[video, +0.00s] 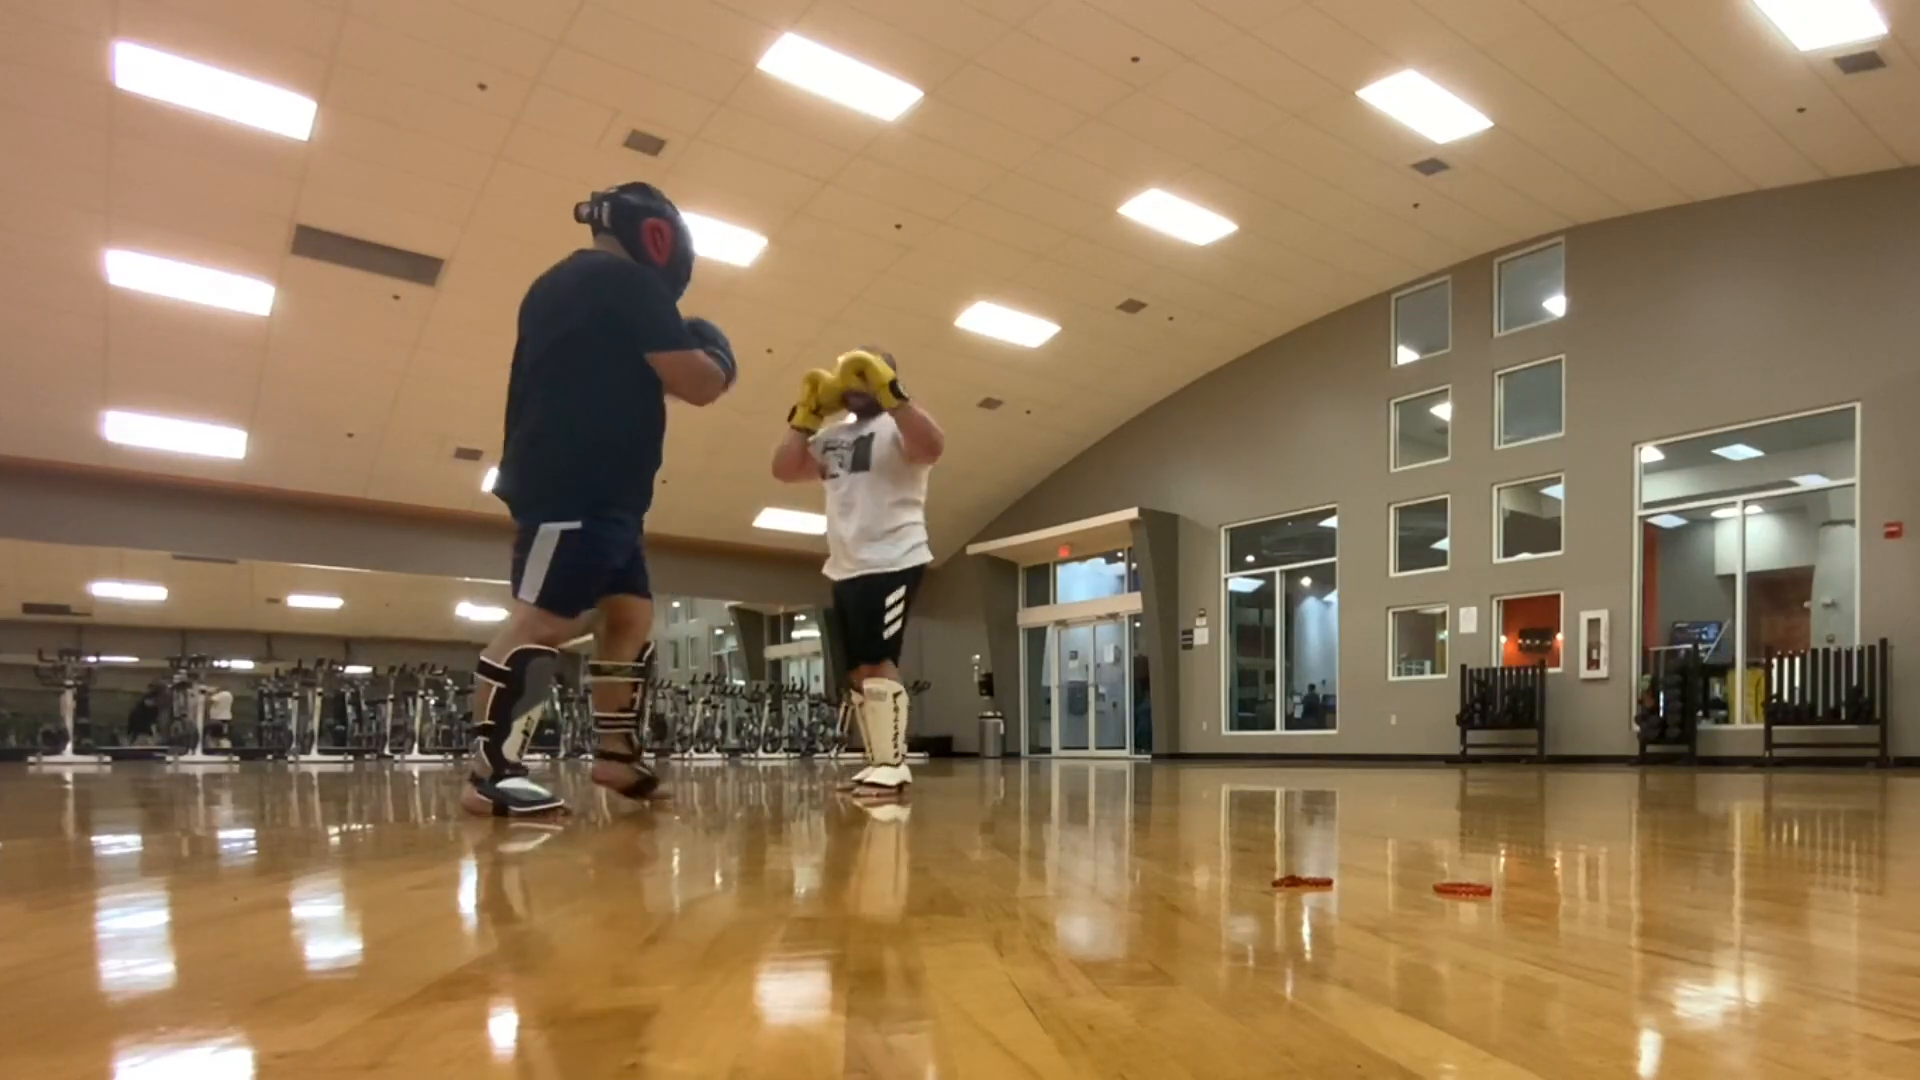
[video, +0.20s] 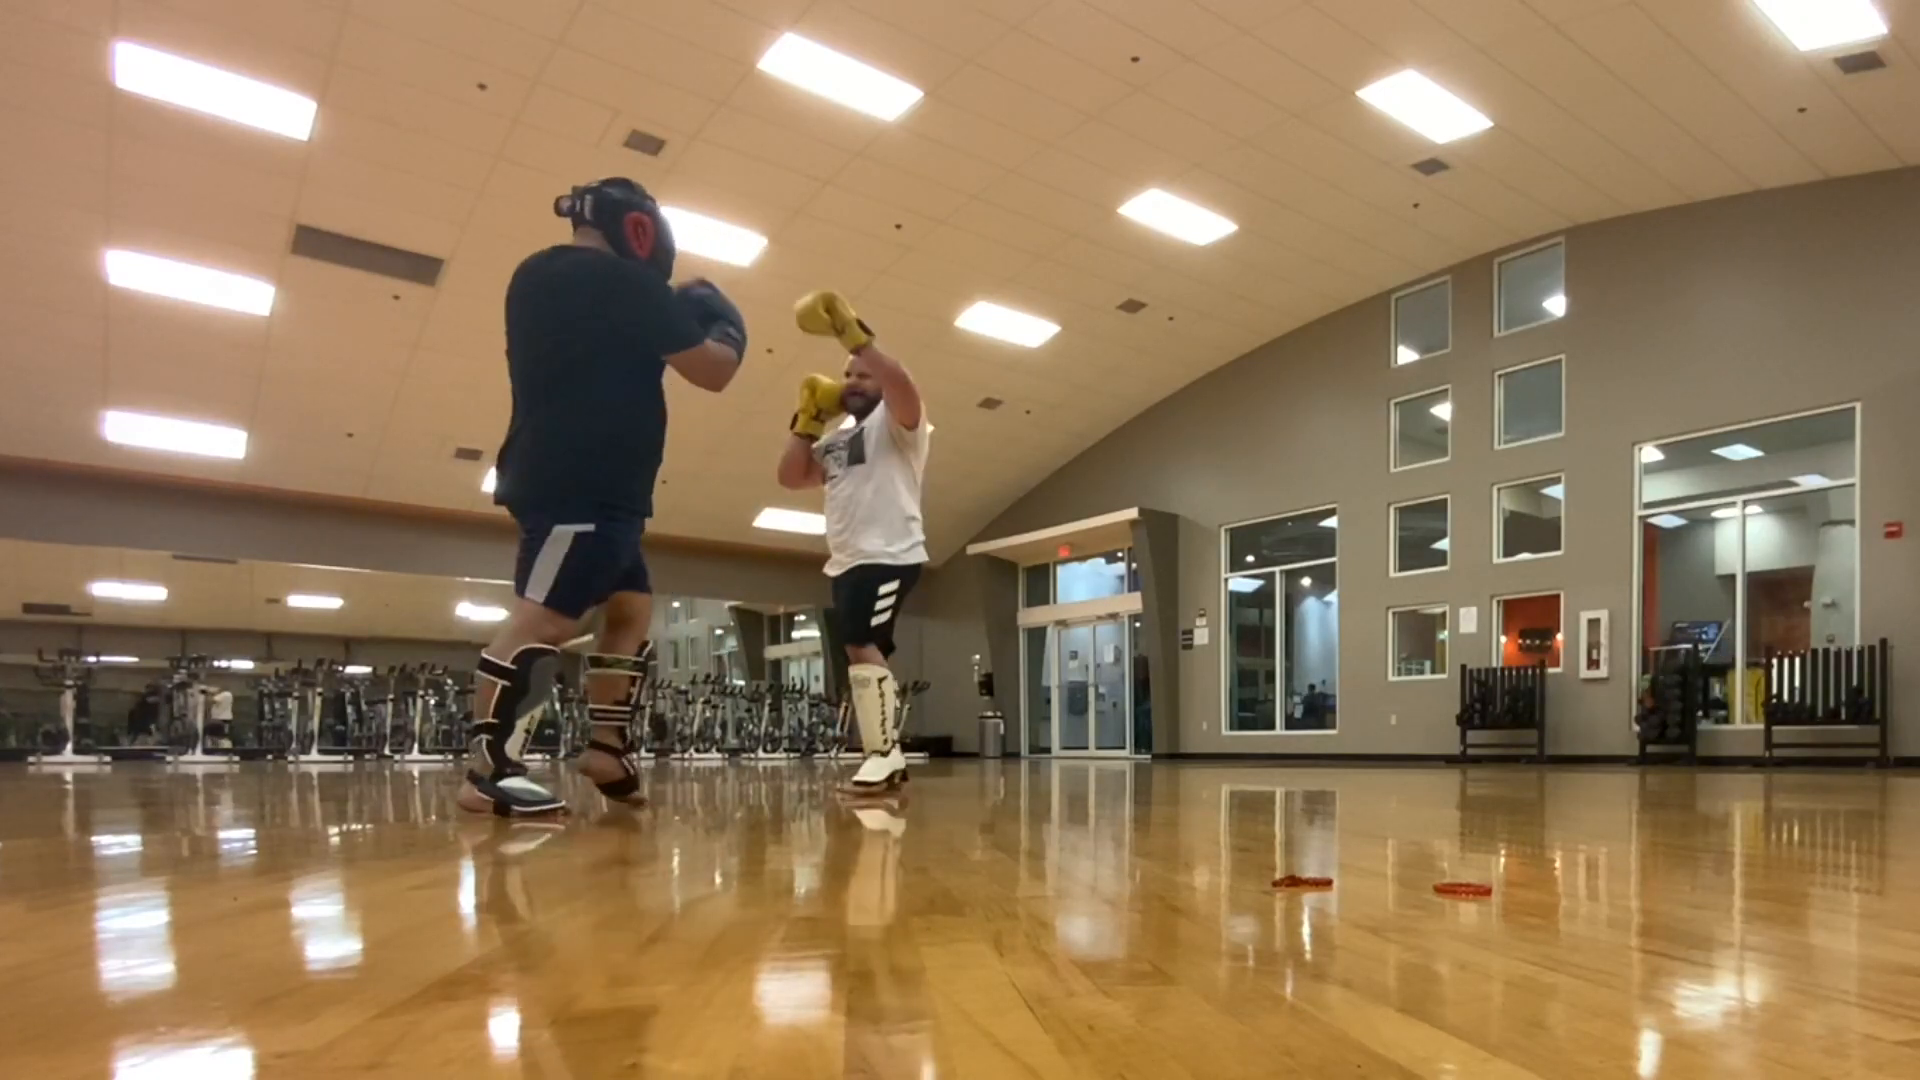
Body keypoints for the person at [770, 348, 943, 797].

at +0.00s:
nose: (856, 386)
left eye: (866, 377)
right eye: (850, 378)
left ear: (886, 385)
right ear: (842, 388)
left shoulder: (901, 425)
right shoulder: (833, 437)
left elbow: (930, 448)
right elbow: (784, 469)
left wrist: (893, 396)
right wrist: (805, 416)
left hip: (893, 559)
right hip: (848, 565)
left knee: (876, 662)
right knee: (858, 669)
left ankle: (891, 767)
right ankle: (879, 764)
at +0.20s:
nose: (854, 380)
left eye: (864, 375)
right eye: (849, 374)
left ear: (881, 385)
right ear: (841, 387)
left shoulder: (898, 426)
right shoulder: (834, 443)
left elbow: (897, 382)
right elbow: (791, 476)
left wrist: (856, 337)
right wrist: (806, 421)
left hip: (889, 551)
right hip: (847, 559)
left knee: (860, 642)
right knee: (862, 652)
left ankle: (882, 753)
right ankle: (881, 753)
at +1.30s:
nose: (820, 370)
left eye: (830, 362)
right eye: (819, 363)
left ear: (854, 367)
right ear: (824, 375)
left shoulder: (865, 410)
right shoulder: (825, 432)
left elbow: (837, 350)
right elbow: (790, 478)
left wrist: (791, 285)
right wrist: (794, 422)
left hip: (867, 545)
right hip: (837, 552)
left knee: (852, 654)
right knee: (856, 656)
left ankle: (880, 757)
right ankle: (882, 757)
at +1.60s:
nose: (821, 365)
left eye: (831, 357)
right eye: (818, 357)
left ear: (856, 361)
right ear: (820, 369)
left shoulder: (868, 399)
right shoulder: (823, 423)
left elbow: (834, 358)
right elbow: (792, 479)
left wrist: (788, 308)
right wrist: (789, 424)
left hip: (870, 540)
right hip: (836, 548)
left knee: (867, 653)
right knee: (838, 660)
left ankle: (884, 759)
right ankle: (859, 755)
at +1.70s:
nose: (822, 377)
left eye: (832, 368)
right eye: (818, 369)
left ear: (858, 370)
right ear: (819, 378)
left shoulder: (873, 402)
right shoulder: (824, 434)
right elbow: (789, 484)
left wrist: (812, 372)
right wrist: (785, 428)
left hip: (868, 548)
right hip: (832, 555)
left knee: (867, 656)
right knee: (838, 664)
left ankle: (884, 761)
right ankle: (855, 760)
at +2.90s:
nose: (776, 332)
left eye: (788, 324)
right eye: (770, 323)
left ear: (811, 339)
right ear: (761, 340)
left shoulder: (834, 382)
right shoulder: (755, 401)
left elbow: (863, 432)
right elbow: (721, 459)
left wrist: (818, 376)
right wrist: (714, 409)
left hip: (829, 541)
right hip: (773, 546)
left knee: (825, 653)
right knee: (753, 652)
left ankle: (837, 770)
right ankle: (786, 747)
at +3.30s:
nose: (717, 338)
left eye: (730, 331)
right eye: (709, 329)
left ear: (755, 342)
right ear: (697, 339)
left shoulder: (784, 388)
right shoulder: (683, 395)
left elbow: (830, 461)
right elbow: (651, 471)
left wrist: (798, 423)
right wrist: (660, 429)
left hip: (769, 536)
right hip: (705, 546)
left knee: (779, 635)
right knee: (705, 658)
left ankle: (818, 750)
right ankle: (710, 766)